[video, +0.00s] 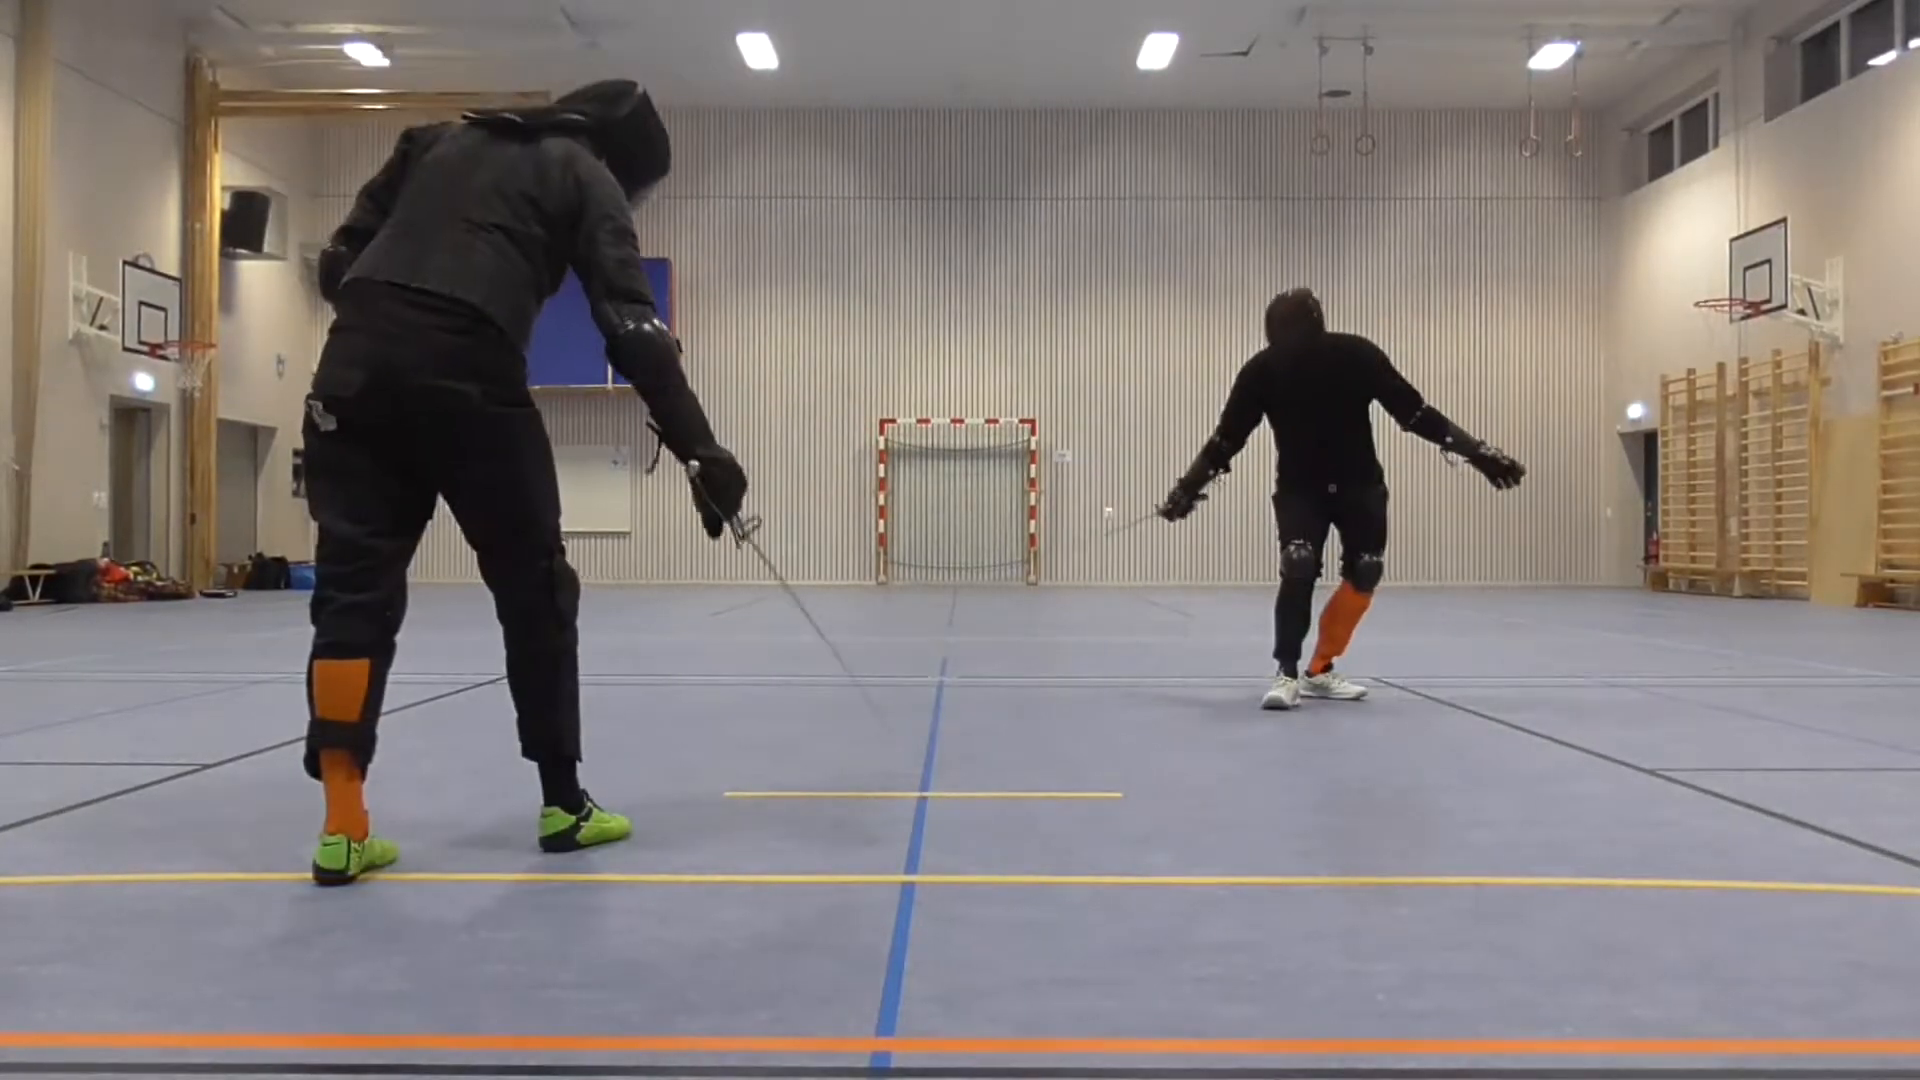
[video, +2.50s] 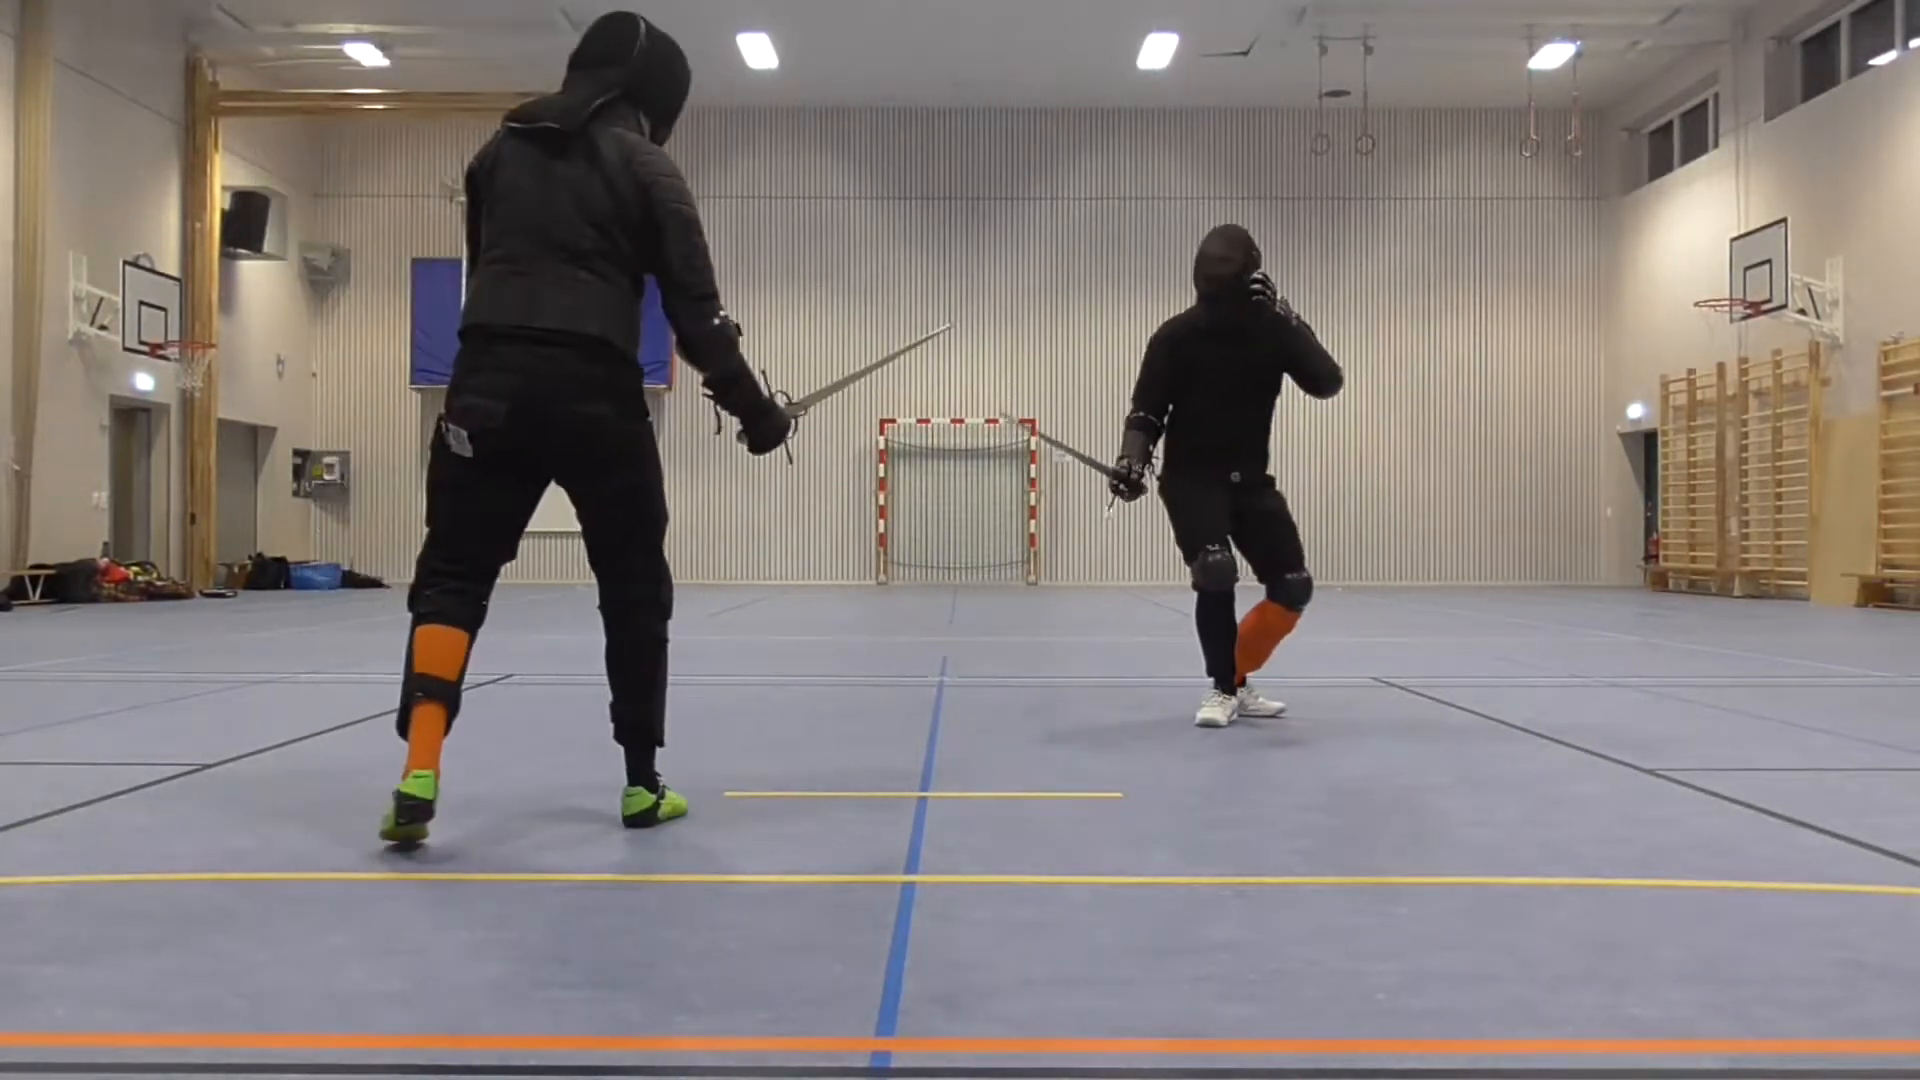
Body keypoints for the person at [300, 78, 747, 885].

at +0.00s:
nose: (630, 196)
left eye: (637, 184)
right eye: (634, 179)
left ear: (570, 116)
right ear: (616, 149)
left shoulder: (434, 142)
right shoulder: (586, 174)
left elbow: (342, 257)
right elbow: (631, 326)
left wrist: (392, 331)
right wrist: (701, 450)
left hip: (356, 371)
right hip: (469, 382)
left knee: (352, 589)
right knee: (534, 585)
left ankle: (343, 828)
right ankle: (562, 803)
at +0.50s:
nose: (641, 211)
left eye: (649, 200)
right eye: (647, 195)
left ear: (582, 130)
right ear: (628, 170)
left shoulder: (455, 146)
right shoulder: (604, 196)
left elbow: (351, 254)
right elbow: (609, 322)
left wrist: (399, 329)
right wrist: (641, 433)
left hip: (362, 373)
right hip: (476, 383)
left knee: (356, 592)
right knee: (548, 588)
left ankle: (341, 829)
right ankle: (563, 804)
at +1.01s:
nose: (541, 55)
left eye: (539, 42)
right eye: (538, 39)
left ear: (434, 22)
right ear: (519, 32)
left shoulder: (360, 103)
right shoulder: (516, 112)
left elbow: (306, 229)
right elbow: (583, 270)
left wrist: (393, 264)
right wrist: (652, 382)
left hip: (378, 373)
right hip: (491, 377)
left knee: (374, 585)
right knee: (546, 583)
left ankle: (345, 828)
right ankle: (564, 801)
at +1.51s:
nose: (469, 39)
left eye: (468, 26)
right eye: (466, 24)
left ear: (359, 14)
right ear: (440, 19)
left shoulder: (288, 108)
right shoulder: (451, 109)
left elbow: (267, 252)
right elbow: (508, 271)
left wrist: (358, 246)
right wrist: (577, 383)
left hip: (346, 388)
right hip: (464, 385)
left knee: (346, 595)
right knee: (516, 581)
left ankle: (342, 832)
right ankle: (537, 791)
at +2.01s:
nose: (564, 78)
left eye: (561, 59)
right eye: (560, 61)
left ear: (462, 43)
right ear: (540, 55)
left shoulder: (386, 142)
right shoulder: (545, 151)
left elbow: (368, 262)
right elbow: (585, 315)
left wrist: (465, 264)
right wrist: (644, 420)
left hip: (410, 397)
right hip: (524, 404)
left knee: (384, 594)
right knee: (583, 590)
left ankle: (346, 824)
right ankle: (636, 780)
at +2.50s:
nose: (670, 119)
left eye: (672, 106)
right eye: (671, 104)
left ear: (583, 78)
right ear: (649, 93)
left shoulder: (496, 154)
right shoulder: (645, 166)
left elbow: (485, 272)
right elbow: (697, 313)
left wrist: (537, 353)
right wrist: (753, 407)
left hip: (488, 391)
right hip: (597, 398)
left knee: (454, 572)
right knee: (634, 580)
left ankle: (419, 773)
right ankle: (641, 783)